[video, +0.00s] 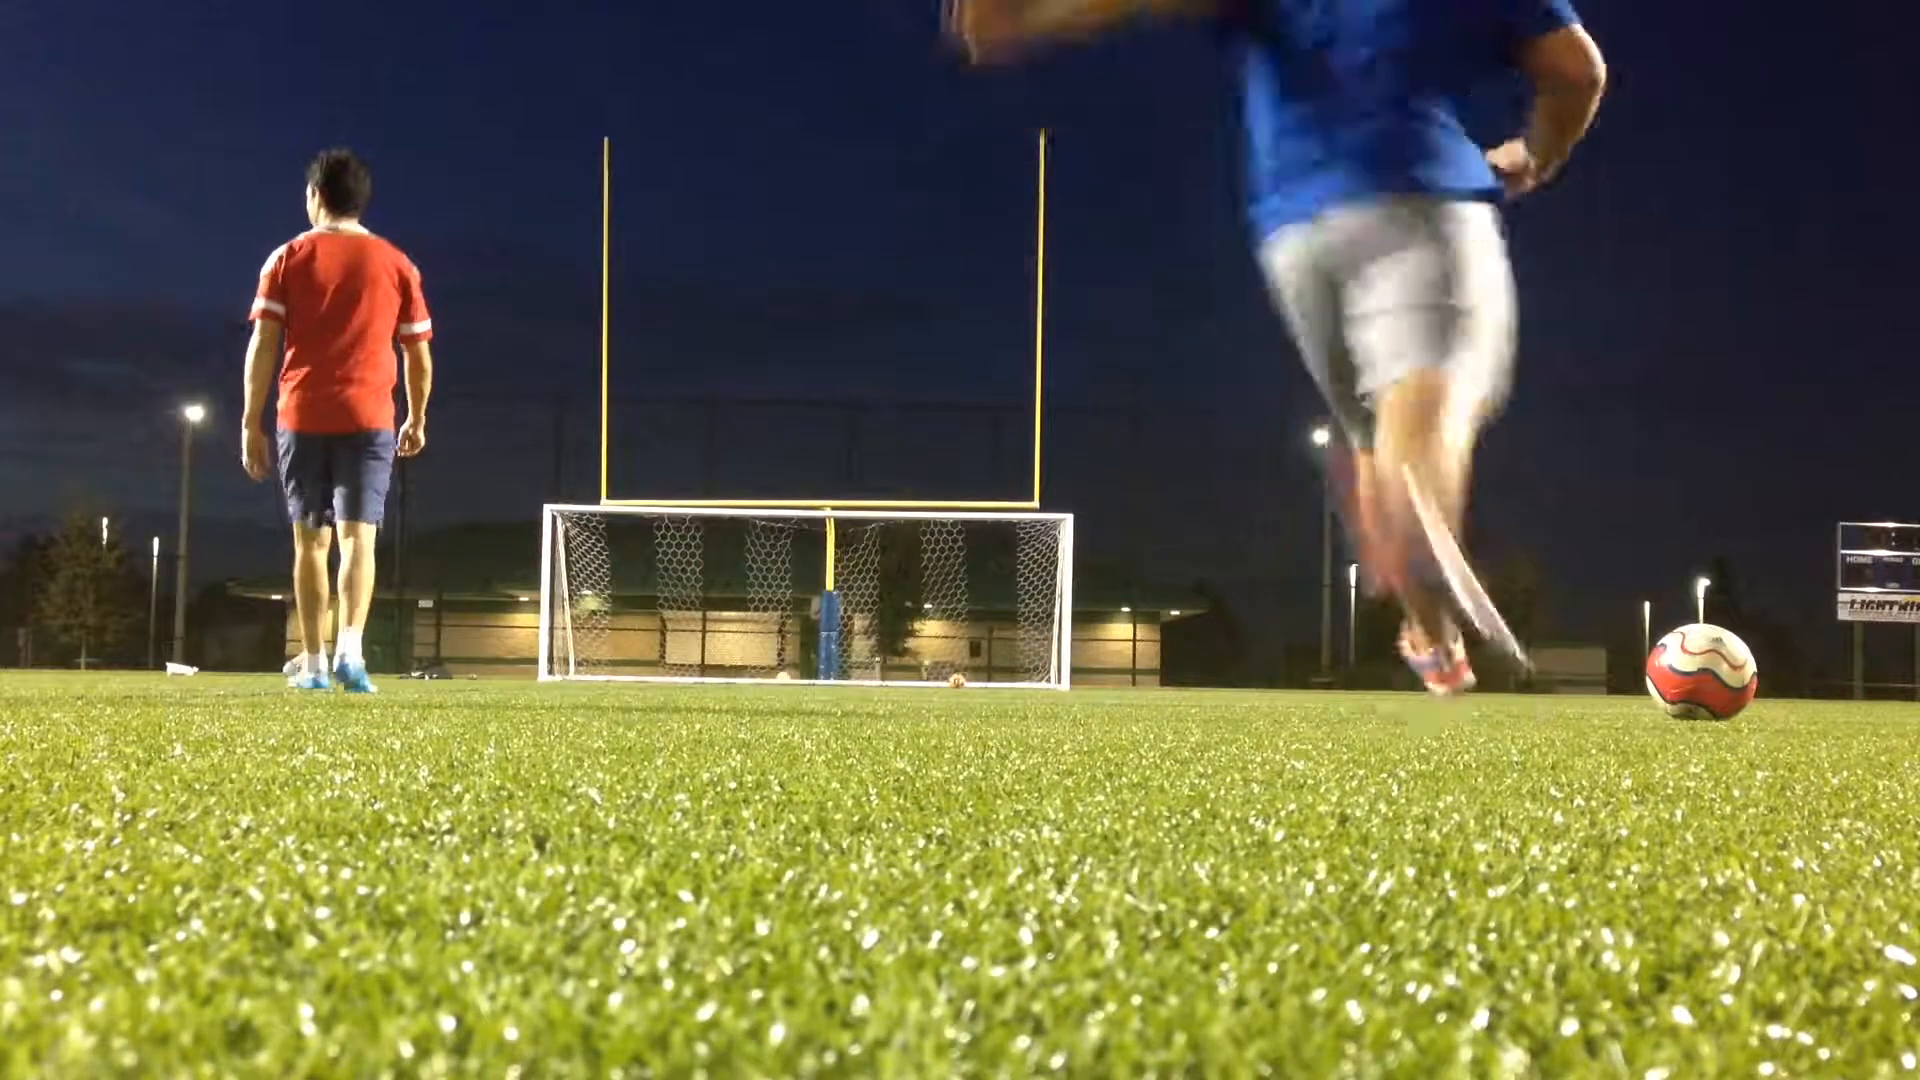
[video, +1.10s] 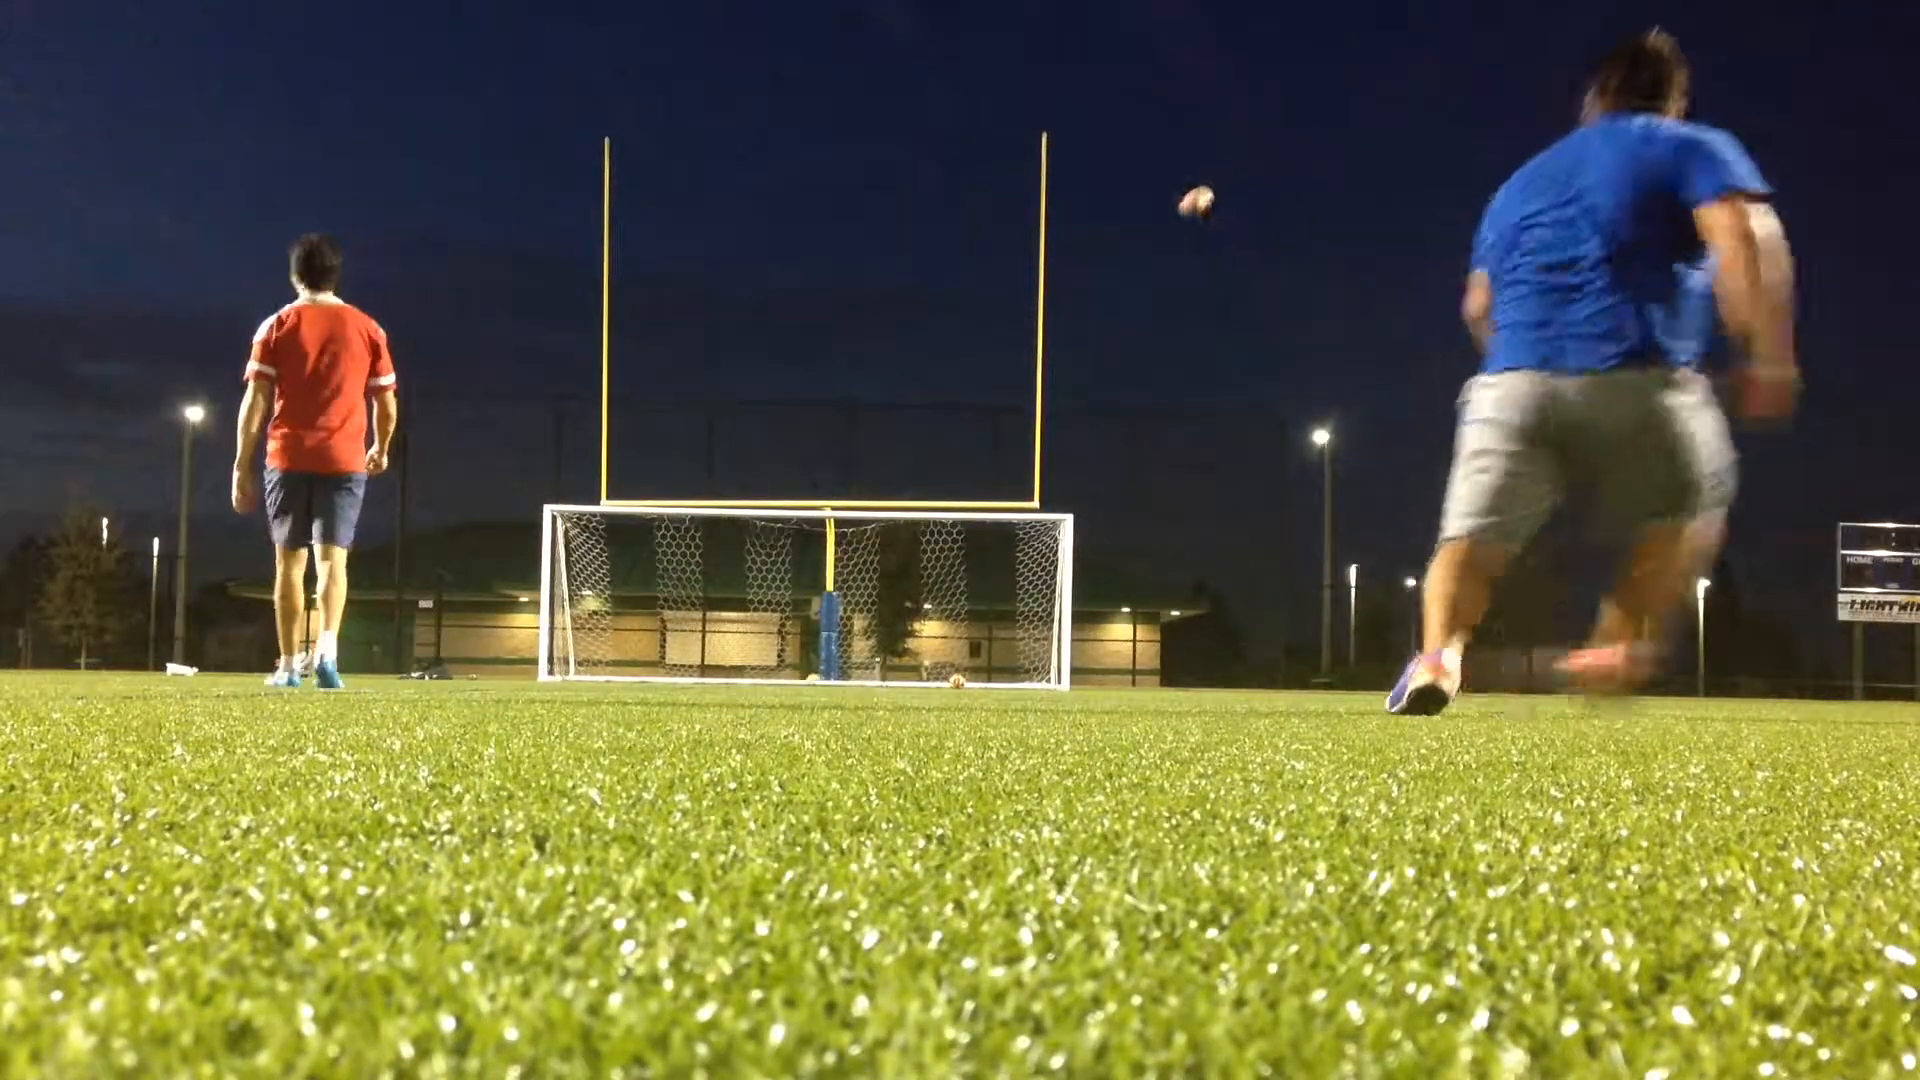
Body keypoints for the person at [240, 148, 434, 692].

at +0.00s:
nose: (307, 202)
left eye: (308, 194)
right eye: (310, 193)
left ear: (316, 197)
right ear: (363, 200)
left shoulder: (288, 258)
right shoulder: (397, 262)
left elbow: (264, 343)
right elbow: (418, 354)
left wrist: (251, 423)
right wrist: (418, 416)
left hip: (302, 415)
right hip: (371, 415)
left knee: (311, 542)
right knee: (359, 536)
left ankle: (313, 667)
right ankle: (349, 656)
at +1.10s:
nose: (296, 279)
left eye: (295, 272)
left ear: (295, 276)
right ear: (337, 275)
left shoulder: (277, 326)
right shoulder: (367, 327)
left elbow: (256, 402)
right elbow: (386, 403)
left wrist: (241, 466)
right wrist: (382, 446)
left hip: (288, 456)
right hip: (347, 457)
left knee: (290, 564)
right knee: (334, 559)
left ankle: (289, 667)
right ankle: (326, 653)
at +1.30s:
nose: (279, 281)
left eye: (280, 274)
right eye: (281, 274)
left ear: (287, 276)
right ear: (327, 277)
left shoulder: (270, 327)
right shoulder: (358, 331)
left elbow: (249, 406)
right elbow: (375, 406)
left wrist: (242, 469)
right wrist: (376, 465)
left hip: (281, 458)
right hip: (336, 461)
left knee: (285, 562)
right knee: (328, 553)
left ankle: (289, 666)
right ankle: (324, 619)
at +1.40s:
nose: (280, 283)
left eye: (281, 277)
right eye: (282, 277)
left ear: (288, 278)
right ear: (327, 280)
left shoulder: (268, 327)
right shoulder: (356, 333)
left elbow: (249, 402)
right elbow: (372, 406)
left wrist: (247, 459)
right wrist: (376, 466)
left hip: (280, 456)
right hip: (335, 460)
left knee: (285, 560)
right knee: (328, 554)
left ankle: (289, 664)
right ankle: (322, 647)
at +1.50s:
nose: (289, 296)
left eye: (288, 291)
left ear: (290, 294)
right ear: (328, 295)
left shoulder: (267, 340)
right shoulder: (354, 346)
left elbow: (247, 415)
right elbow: (370, 417)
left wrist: (258, 459)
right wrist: (375, 477)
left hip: (278, 461)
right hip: (331, 466)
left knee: (285, 564)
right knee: (325, 571)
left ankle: (290, 661)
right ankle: (322, 659)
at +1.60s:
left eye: (299, 301)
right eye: (327, 302)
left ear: (293, 305)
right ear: (333, 307)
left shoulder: (269, 349)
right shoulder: (355, 356)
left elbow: (249, 422)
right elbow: (368, 427)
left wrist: (263, 465)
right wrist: (375, 486)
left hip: (279, 470)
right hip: (331, 476)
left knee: (285, 567)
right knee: (323, 575)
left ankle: (288, 655)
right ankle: (318, 662)